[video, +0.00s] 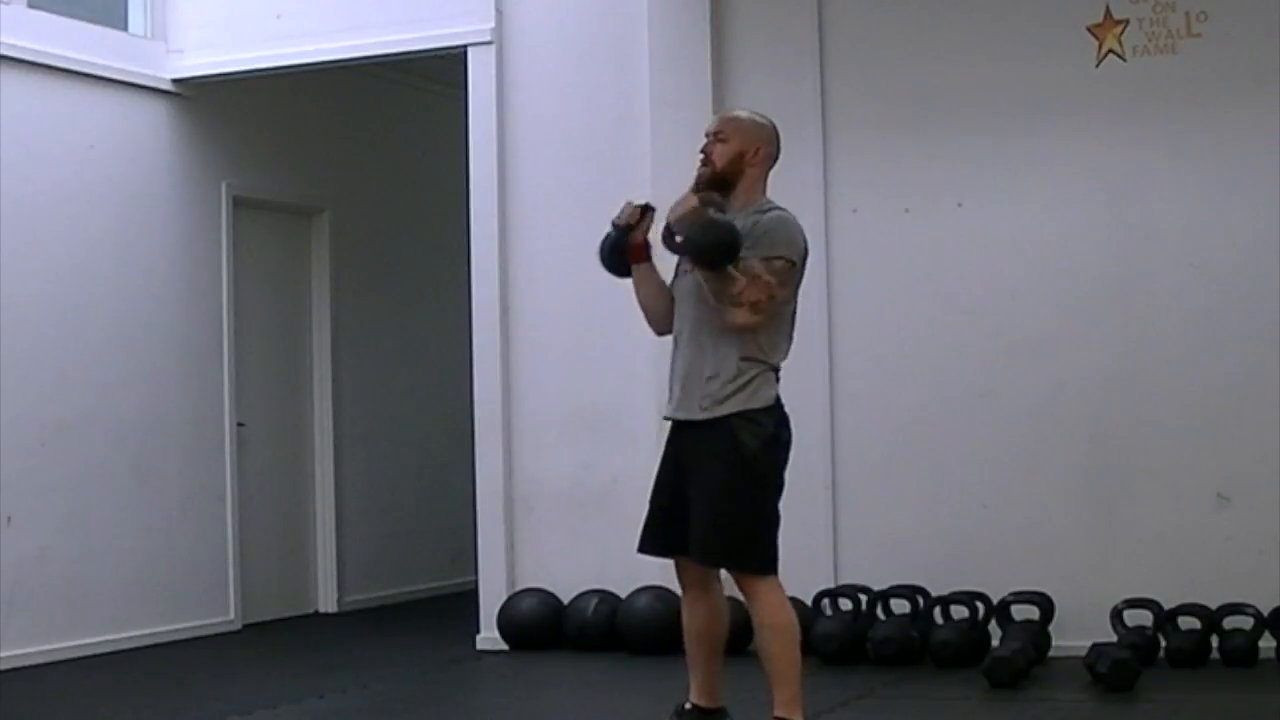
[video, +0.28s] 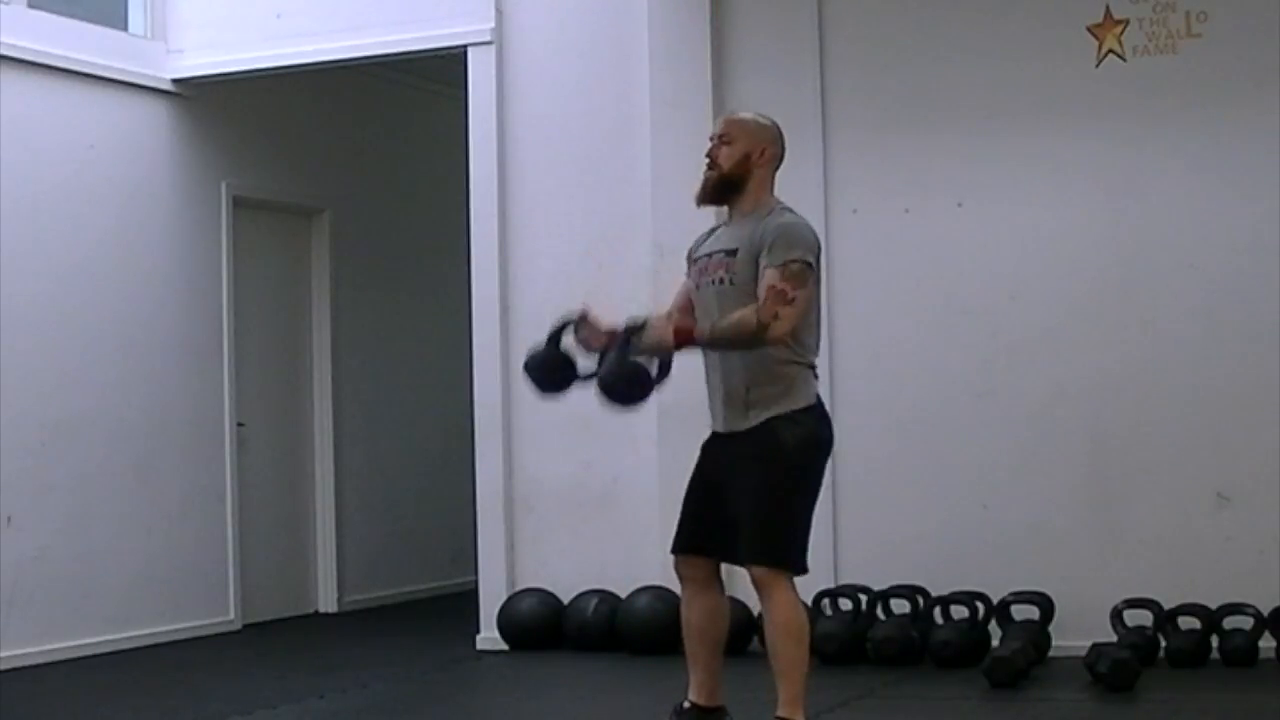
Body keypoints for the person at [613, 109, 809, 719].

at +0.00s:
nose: (704, 148)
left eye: (719, 139)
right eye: (706, 139)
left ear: (758, 156)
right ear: (715, 158)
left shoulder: (779, 229)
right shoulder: (704, 228)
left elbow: (743, 309)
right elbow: (663, 318)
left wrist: (695, 231)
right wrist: (637, 250)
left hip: (747, 425)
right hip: (693, 423)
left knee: (755, 575)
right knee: (694, 570)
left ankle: (789, 712)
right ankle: (704, 706)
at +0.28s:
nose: (709, 153)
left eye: (724, 143)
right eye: (711, 143)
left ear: (763, 157)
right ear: (741, 159)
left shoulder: (786, 230)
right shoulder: (707, 244)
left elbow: (776, 323)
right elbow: (678, 327)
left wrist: (687, 335)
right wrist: (613, 336)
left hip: (787, 426)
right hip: (730, 431)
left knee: (769, 568)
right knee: (694, 563)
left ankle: (791, 712)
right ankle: (704, 704)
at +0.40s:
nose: (695, 172)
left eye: (708, 163)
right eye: (698, 163)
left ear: (747, 179)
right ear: (732, 181)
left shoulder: (777, 259)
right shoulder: (703, 271)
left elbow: (747, 363)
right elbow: (668, 357)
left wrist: (681, 433)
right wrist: (612, 420)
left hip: (802, 442)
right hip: (741, 445)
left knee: (768, 570)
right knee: (682, 559)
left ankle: (792, 712)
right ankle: (702, 704)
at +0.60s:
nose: (621, 221)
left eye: (635, 210)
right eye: (624, 210)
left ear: (677, 222)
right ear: (657, 226)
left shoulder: (721, 304)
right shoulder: (649, 318)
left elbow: (727, 424)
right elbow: (666, 418)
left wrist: (727, 519)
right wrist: (681, 511)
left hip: (794, 453)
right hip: (734, 461)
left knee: (762, 574)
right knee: (658, 555)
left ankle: (791, 712)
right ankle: (699, 702)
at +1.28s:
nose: (710, 169)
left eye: (722, 158)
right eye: (711, 159)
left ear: (761, 167)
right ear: (746, 171)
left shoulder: (789, 245)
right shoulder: (718, 253)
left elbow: (765, 350)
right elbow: (700, 341)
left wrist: (695, 408)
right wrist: (662, 401)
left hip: (785, 435)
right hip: (730, 437)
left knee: (755, 569)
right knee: (687, 562)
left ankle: (791, 712)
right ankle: (703, 705)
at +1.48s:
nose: (723, 154)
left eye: (738, 144)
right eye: (724, 145)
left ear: (776, 159)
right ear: (735, 160)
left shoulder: (796, 227)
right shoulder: (725, 237)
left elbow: (787, 322)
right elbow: (703, 330)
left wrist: (697, 292)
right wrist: (644, 308)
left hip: (771, 425)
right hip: (715, 425)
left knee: (766, 569)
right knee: (695, 564)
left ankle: (793, 711)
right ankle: (704, 704)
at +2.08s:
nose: (719, 180)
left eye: (734, 171)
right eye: (721, 171)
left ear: (772, 187)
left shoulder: (779, 263)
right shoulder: (698, 258)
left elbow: (709, 322)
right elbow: (642, 329)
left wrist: (720, 238)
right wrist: (659, 255)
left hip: (738, 446)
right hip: (682, 445)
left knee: (709, 592)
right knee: (638, 581)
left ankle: (783, 714)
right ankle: (699, 706)